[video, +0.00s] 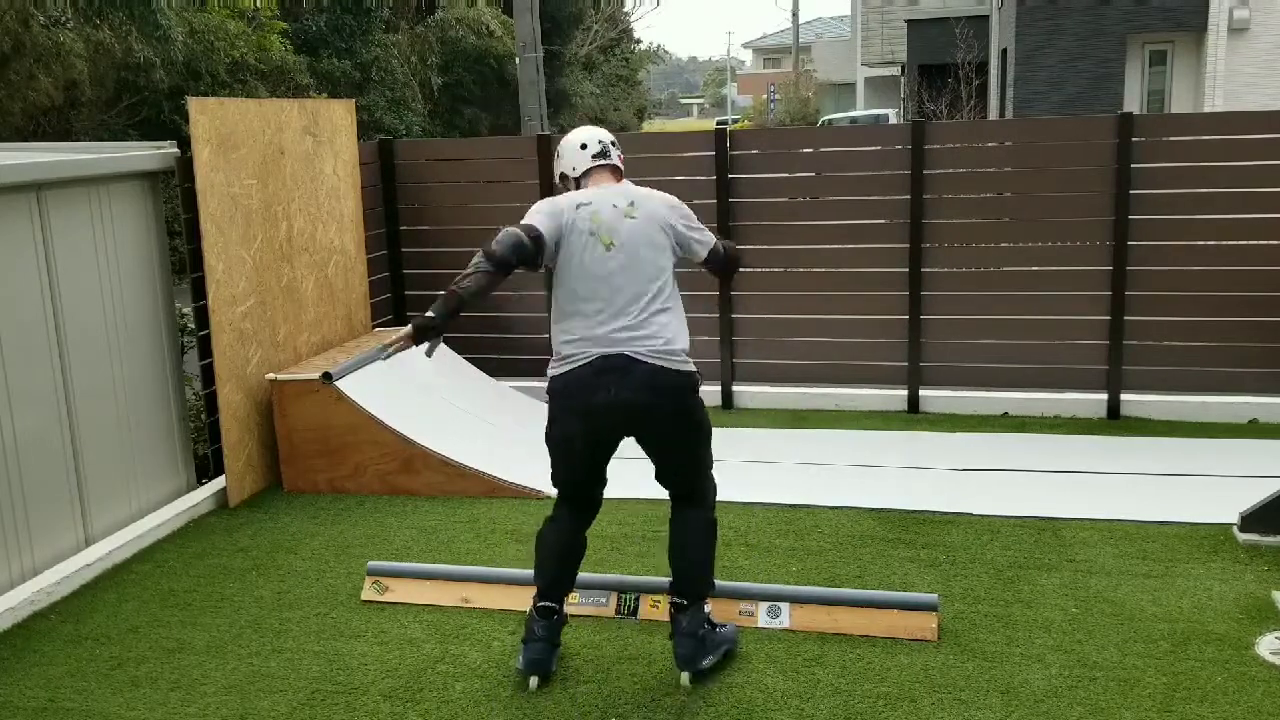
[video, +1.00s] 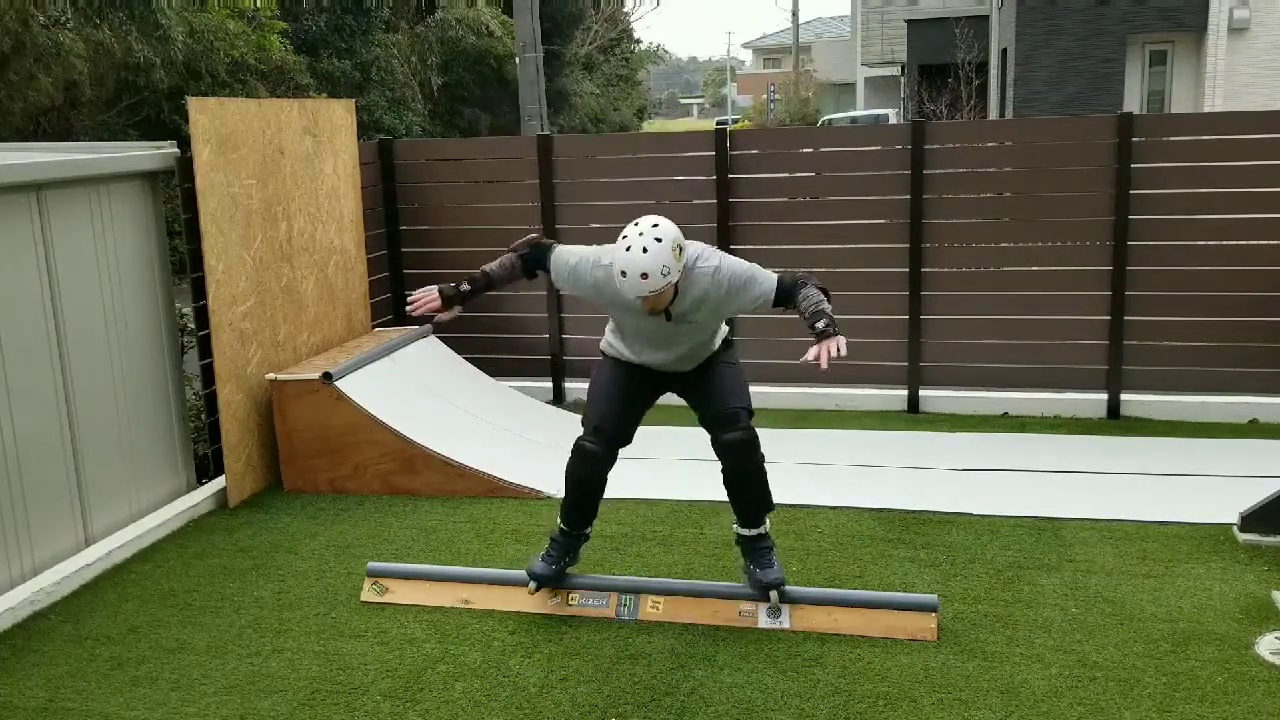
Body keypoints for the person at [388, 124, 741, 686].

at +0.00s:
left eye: (563, 177)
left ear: (568, 175)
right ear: (621, 165)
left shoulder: (554, 210)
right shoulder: (663, 206)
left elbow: (495, 261)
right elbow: (724, 261)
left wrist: (433, 318)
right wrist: (725, 262)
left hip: (579, 381)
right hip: (663, 377)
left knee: (573, 503)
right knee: (691, 493)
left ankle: (541, 636)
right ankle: (692, 630)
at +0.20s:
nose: (529, 143)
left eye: (524, 130)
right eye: (522, 133)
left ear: (543, 114)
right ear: (567, 101)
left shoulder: (587, 134)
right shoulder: (626, 121)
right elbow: (682, 124)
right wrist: (672, 121)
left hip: (664, 305)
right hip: (637, 300)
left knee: (595, 441)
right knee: (575, 405)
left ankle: (689, 552)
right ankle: (673, 513)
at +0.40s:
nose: (539, 211)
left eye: (542, 201)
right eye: (534, 203)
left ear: (572, 184)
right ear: (570, 183)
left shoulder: (643, 192)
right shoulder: (575, 195)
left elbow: (688, 275)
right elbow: (571, 223)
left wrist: (602, 322)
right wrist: (547, 252)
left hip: (696, 321)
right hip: (626, 325)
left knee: (719, 441)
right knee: (589, 433)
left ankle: (753, 546)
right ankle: (576, 539)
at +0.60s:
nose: (590, 285)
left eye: (596, 275)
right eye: (583, 277)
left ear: (625, 255)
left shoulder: (681, 252)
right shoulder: (577, 250)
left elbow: (756, 310)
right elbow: (529, 262)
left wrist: (740, 396)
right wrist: (492, 329)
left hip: (703, 330)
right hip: (626, 328)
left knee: (730, 434)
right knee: (585, 435)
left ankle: (756, 546)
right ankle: (564, 540)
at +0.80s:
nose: (634, 314)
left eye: (642, 304)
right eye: (621, 308)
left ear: (662, 279)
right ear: (603, 283)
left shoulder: (707, 273)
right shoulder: (585, 273)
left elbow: (797, 286)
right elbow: (521, 262)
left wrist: (831, 348)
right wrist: (462, 318)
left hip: (702, 344)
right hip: (624, 343)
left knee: (725, 435)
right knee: (588, 439)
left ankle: (758, 551)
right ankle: (563, 544)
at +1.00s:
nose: (651, 304)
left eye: (658, 294)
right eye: (639, 297)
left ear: (678, 268)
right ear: (624, 274)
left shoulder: (717, 273)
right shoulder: (601, 270)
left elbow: (799, 288)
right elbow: (534, 254)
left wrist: (823, 324)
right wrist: (458, 292)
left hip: (705, 355)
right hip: (628, 355)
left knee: (739, 439)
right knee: (593, 449)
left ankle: (759, 552)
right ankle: (566, 544)